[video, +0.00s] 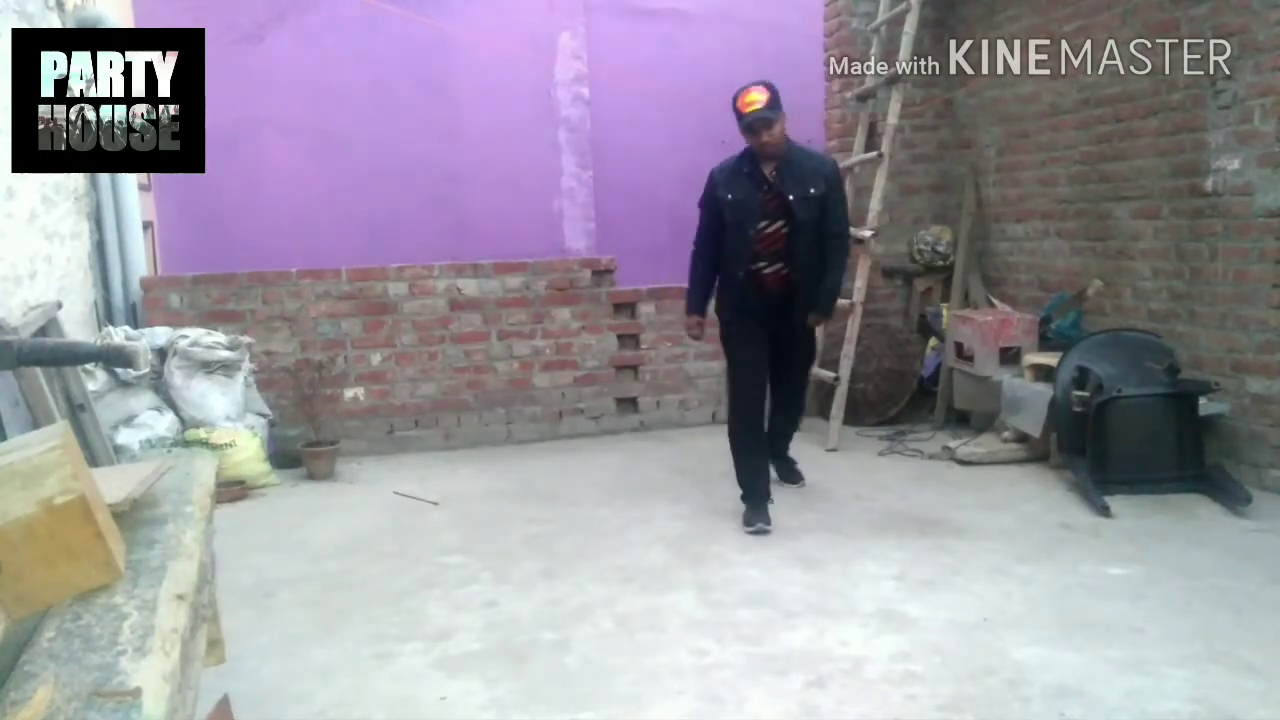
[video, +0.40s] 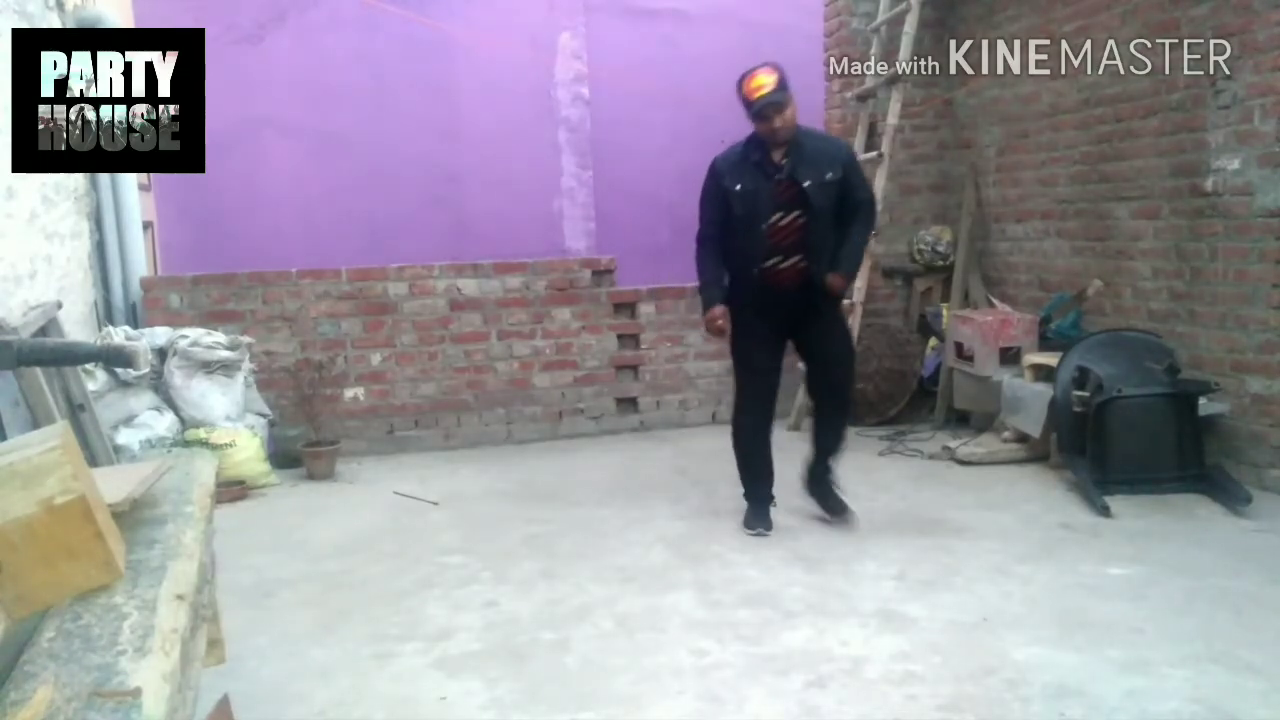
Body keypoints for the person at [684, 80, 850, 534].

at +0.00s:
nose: (764, 137)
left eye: (769, 126)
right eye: (753, 130)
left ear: (784, 120)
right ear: (742, 133)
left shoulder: (821, 172)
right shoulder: (724, 179)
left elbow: (836, 241)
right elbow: (707, 244)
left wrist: (826, 300)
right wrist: (696, 303)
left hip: (798, 307)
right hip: (742, 308)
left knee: (792, 389)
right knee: (747, 398)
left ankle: (778, 449)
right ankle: (755, 497)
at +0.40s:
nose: (775, 122)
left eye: (780, 110)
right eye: (762, 116)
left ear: (793, 103)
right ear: (749, 117)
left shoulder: (832, 156)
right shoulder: (727, 169)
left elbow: (861, 212)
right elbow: (710, 240)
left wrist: (844, 269)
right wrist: (713, 299)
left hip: (816, 299)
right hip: (755, 305)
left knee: (838, 380)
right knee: (753, 403)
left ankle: (820, 473)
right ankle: (757, 500)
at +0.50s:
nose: (790, 114)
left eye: (796, 102)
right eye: (778, 107)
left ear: (807, 98)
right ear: (761, 109)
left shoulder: (842, 149)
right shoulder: (734, 164)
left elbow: (870, 204)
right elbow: (717, 235)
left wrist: (855, 262)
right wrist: (720, 296)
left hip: (828, 298)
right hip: (765, 302)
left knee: (840, 401)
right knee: (763, 403)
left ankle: (849, 506)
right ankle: (758, 501)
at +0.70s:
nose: (813, 117)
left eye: (820, 105)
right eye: (801, 108)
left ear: (832, 103)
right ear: (782, 110)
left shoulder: (863, 156)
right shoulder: (754, 170)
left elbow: (886, 216)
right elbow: (730, 242)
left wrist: (874, 274)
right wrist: (733, 306)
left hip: (846, 310)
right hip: (782, 311)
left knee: (858, 415)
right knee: (772, 412)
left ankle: (872, 522)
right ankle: (760, 504)